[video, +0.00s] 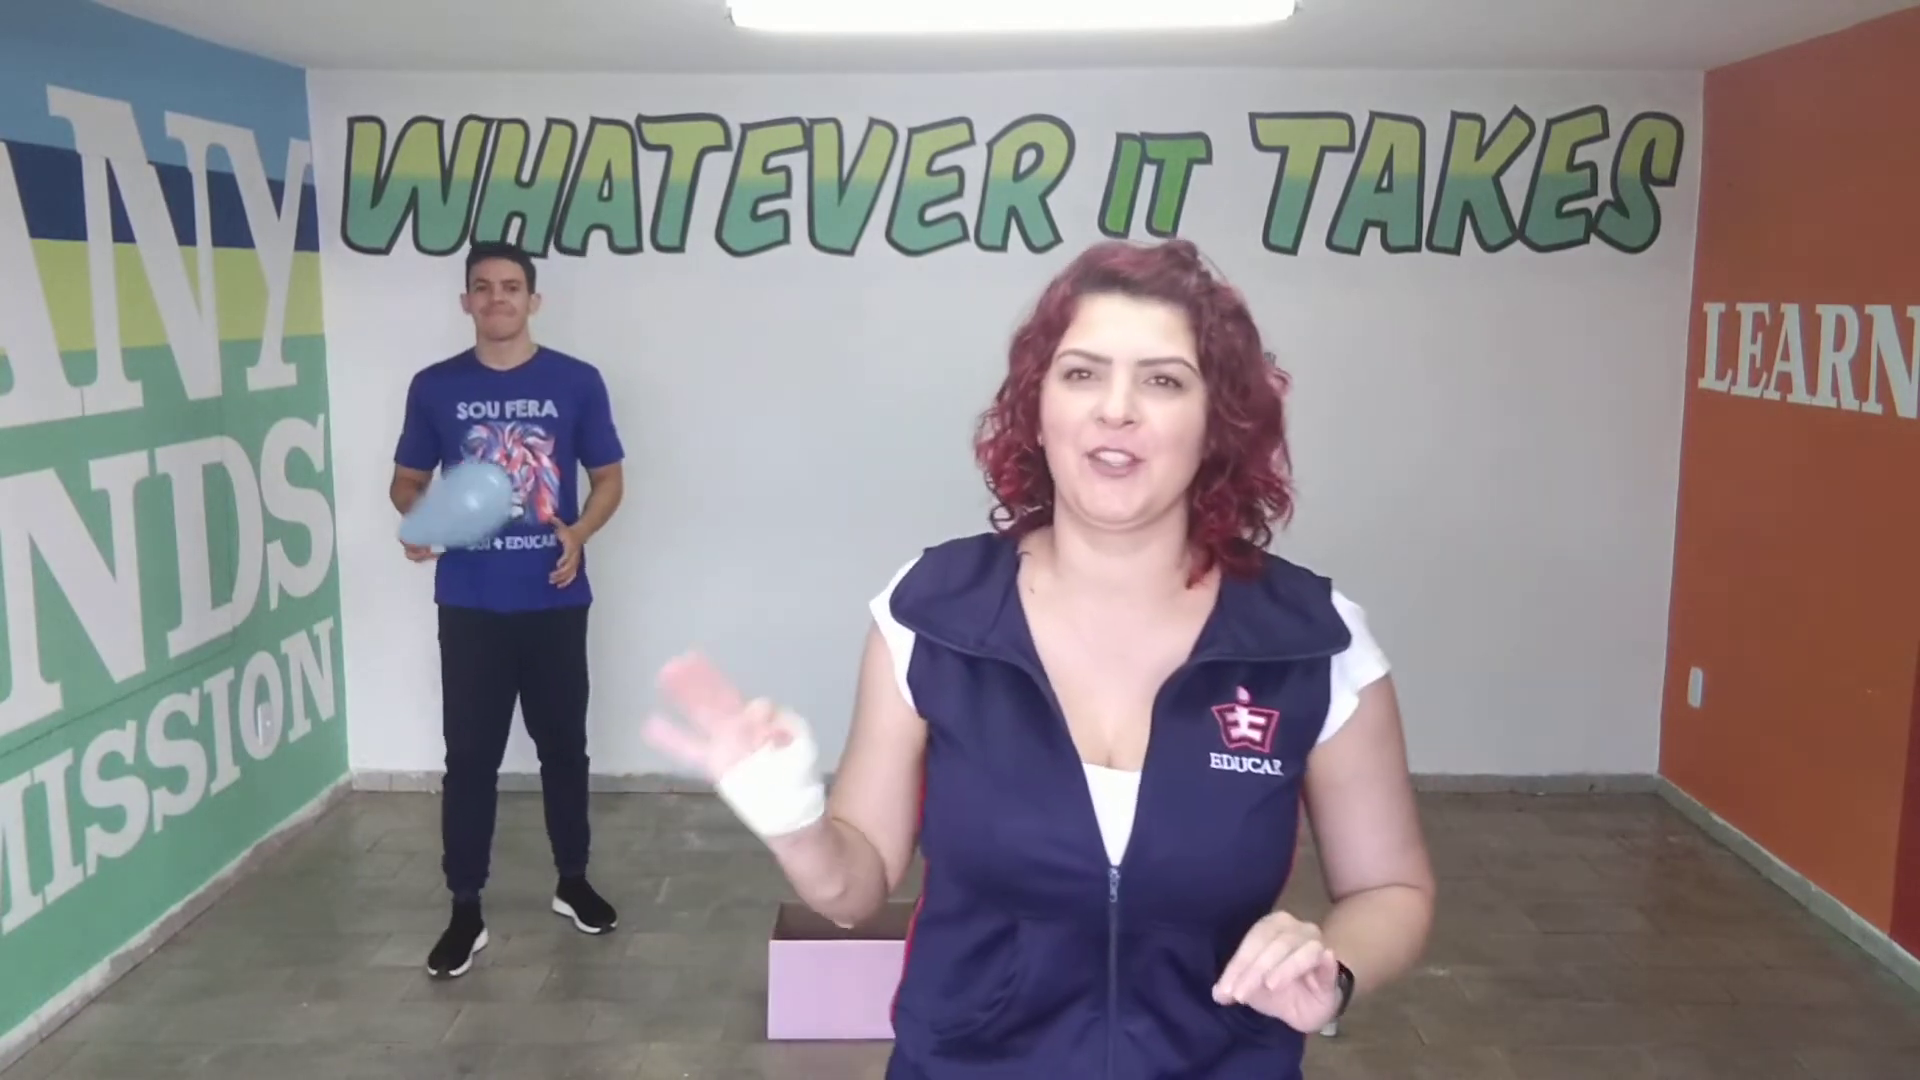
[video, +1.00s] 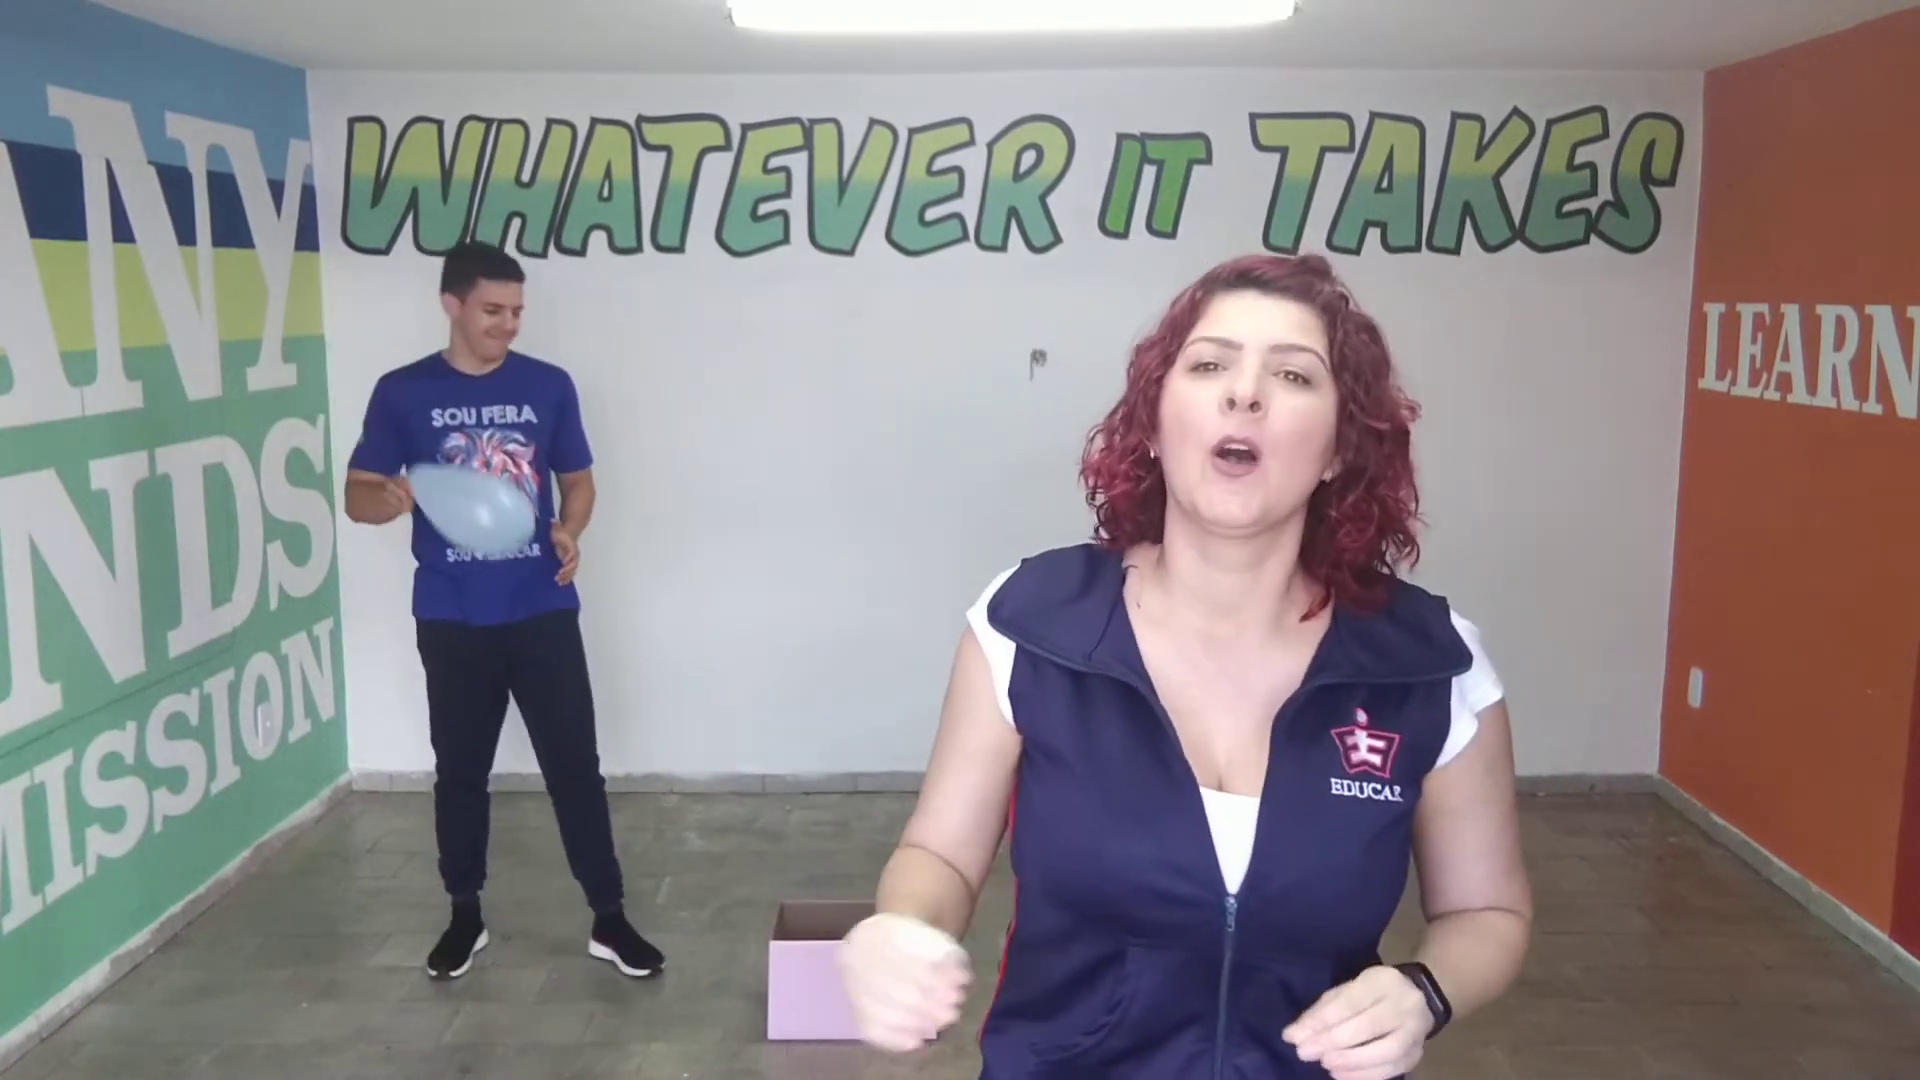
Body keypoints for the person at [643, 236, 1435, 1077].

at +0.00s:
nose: (1117, 413)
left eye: (1163, 381)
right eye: (1083, 374)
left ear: (1218, 417)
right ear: (1035, 402)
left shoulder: (1309, 637)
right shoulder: (935, 609)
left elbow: (1390, 890)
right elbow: (858, 889)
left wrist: (1332, 958)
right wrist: (782, 810)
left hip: (1215, 1061)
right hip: (970, 1060)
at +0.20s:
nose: (1153, 423)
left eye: (1201, 391)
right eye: (1120, 383)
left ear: (1260, 430)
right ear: (1071, 408)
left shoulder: (1354, 648)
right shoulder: (971, 617)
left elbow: (1424, 902)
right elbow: (904, 900)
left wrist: (1363, 969)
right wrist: (843, 848)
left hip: (1257, 1063)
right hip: (1011, 1061)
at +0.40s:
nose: (1179, 436)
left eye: (1228, 400)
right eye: (1144, 394)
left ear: (1288, 438)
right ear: (1097, 423)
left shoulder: (1386, 656)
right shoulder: (997, 627)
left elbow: (1453, 909)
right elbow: (931, 913)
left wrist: (1393, 985)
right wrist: (886, 873)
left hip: (1281, 1059)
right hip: (1033, 1059)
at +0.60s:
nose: (1204, 432)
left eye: (1250, 394)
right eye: (1165, 392)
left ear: (1311, 431)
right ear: (1118, 425)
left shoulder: (1407, 654)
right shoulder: (1016, 629)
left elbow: (1471, 904)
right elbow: (938, 920)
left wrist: (1430, 973)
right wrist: (903, 868)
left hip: (1314, 1064)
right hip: (1059, 1064)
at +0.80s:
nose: (1229, 409)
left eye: (1280, 384)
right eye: (1194, 375)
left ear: (1332, 436)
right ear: (1143, 413)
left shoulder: (1421, 659)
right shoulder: (1027, 628)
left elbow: (1480, 905)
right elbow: (941, 867)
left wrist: (1442, 988)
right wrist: (927, 882)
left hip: (1320, 1064)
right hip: (1065, 1063)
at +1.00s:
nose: (1242, 395)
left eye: (1293, 376)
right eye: (1209, 364)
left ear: (1340, 444)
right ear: (1153, 410)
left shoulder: (1425, 659)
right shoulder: (1031, 618)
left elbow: (1483, 909)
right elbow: (940, 852)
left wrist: (1424, 994)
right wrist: (896, 940)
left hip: (1306, 1064)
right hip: (1061, 1059)